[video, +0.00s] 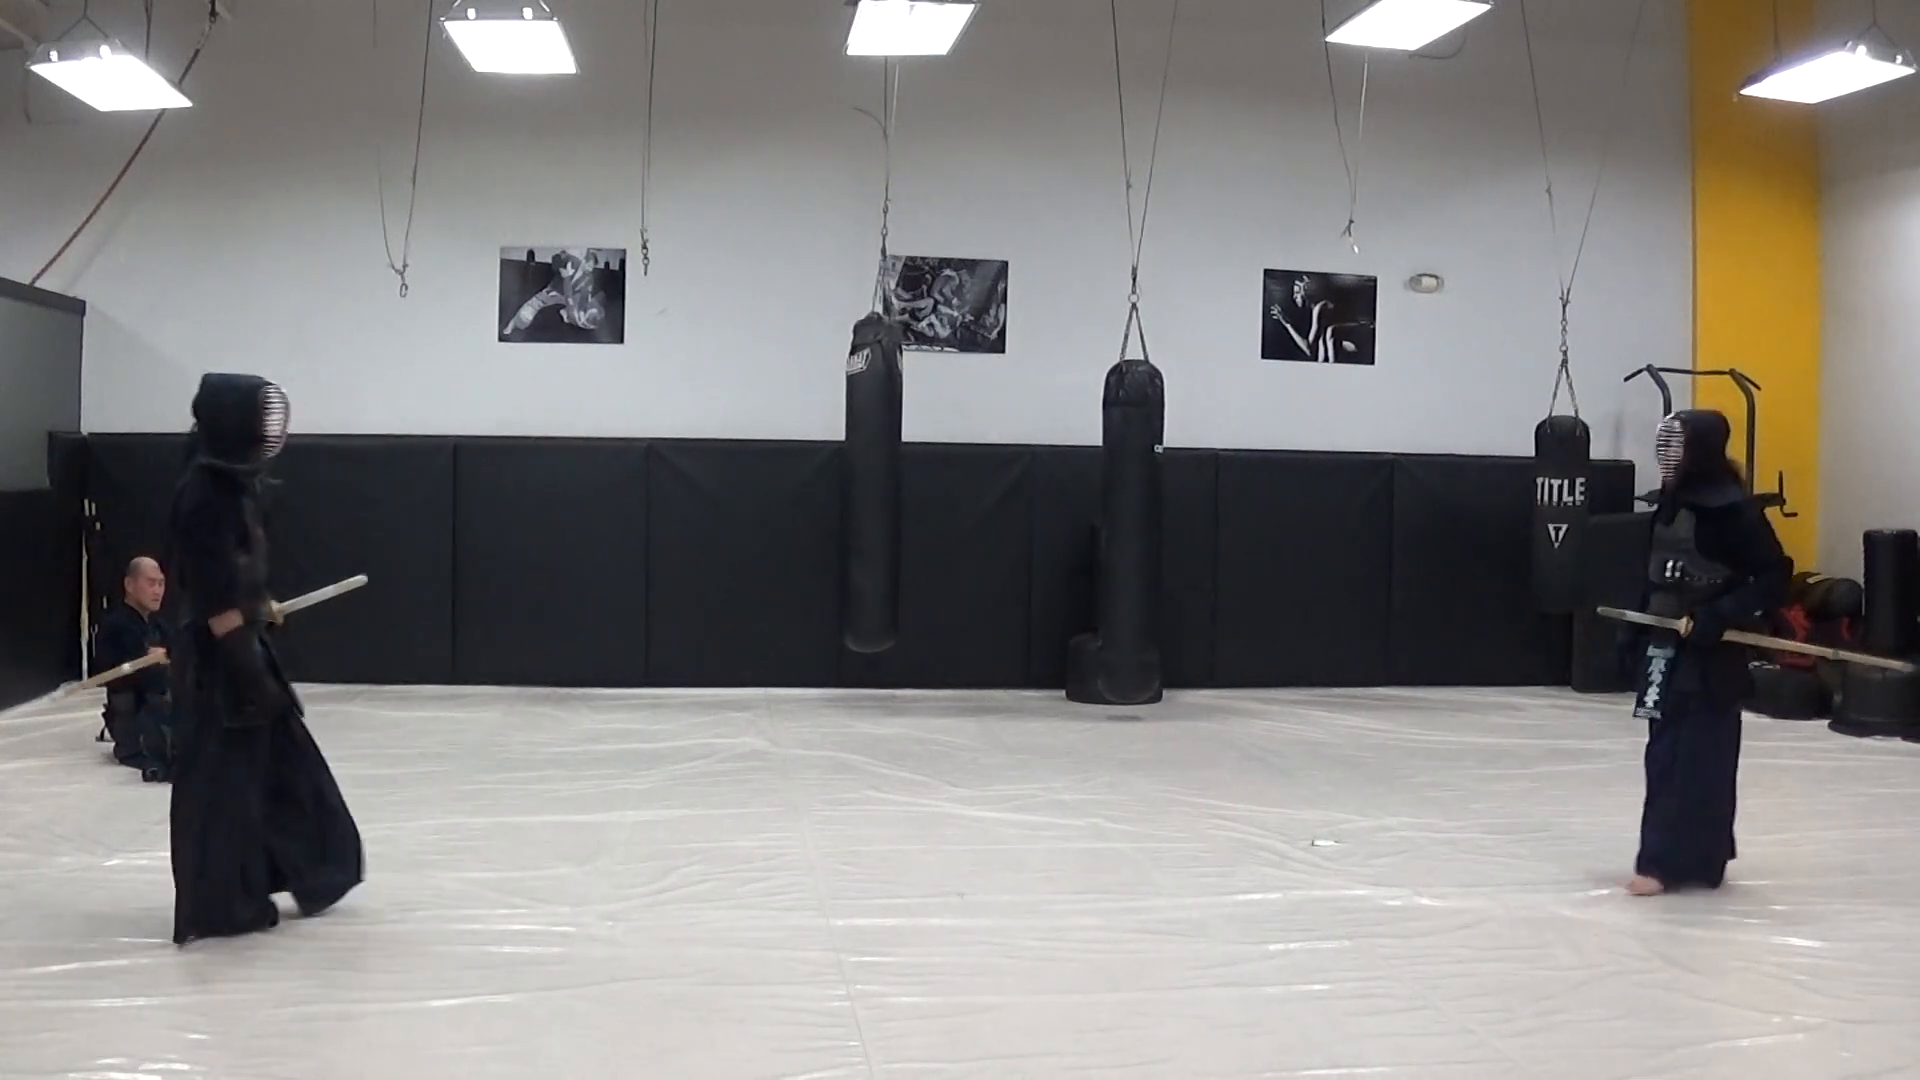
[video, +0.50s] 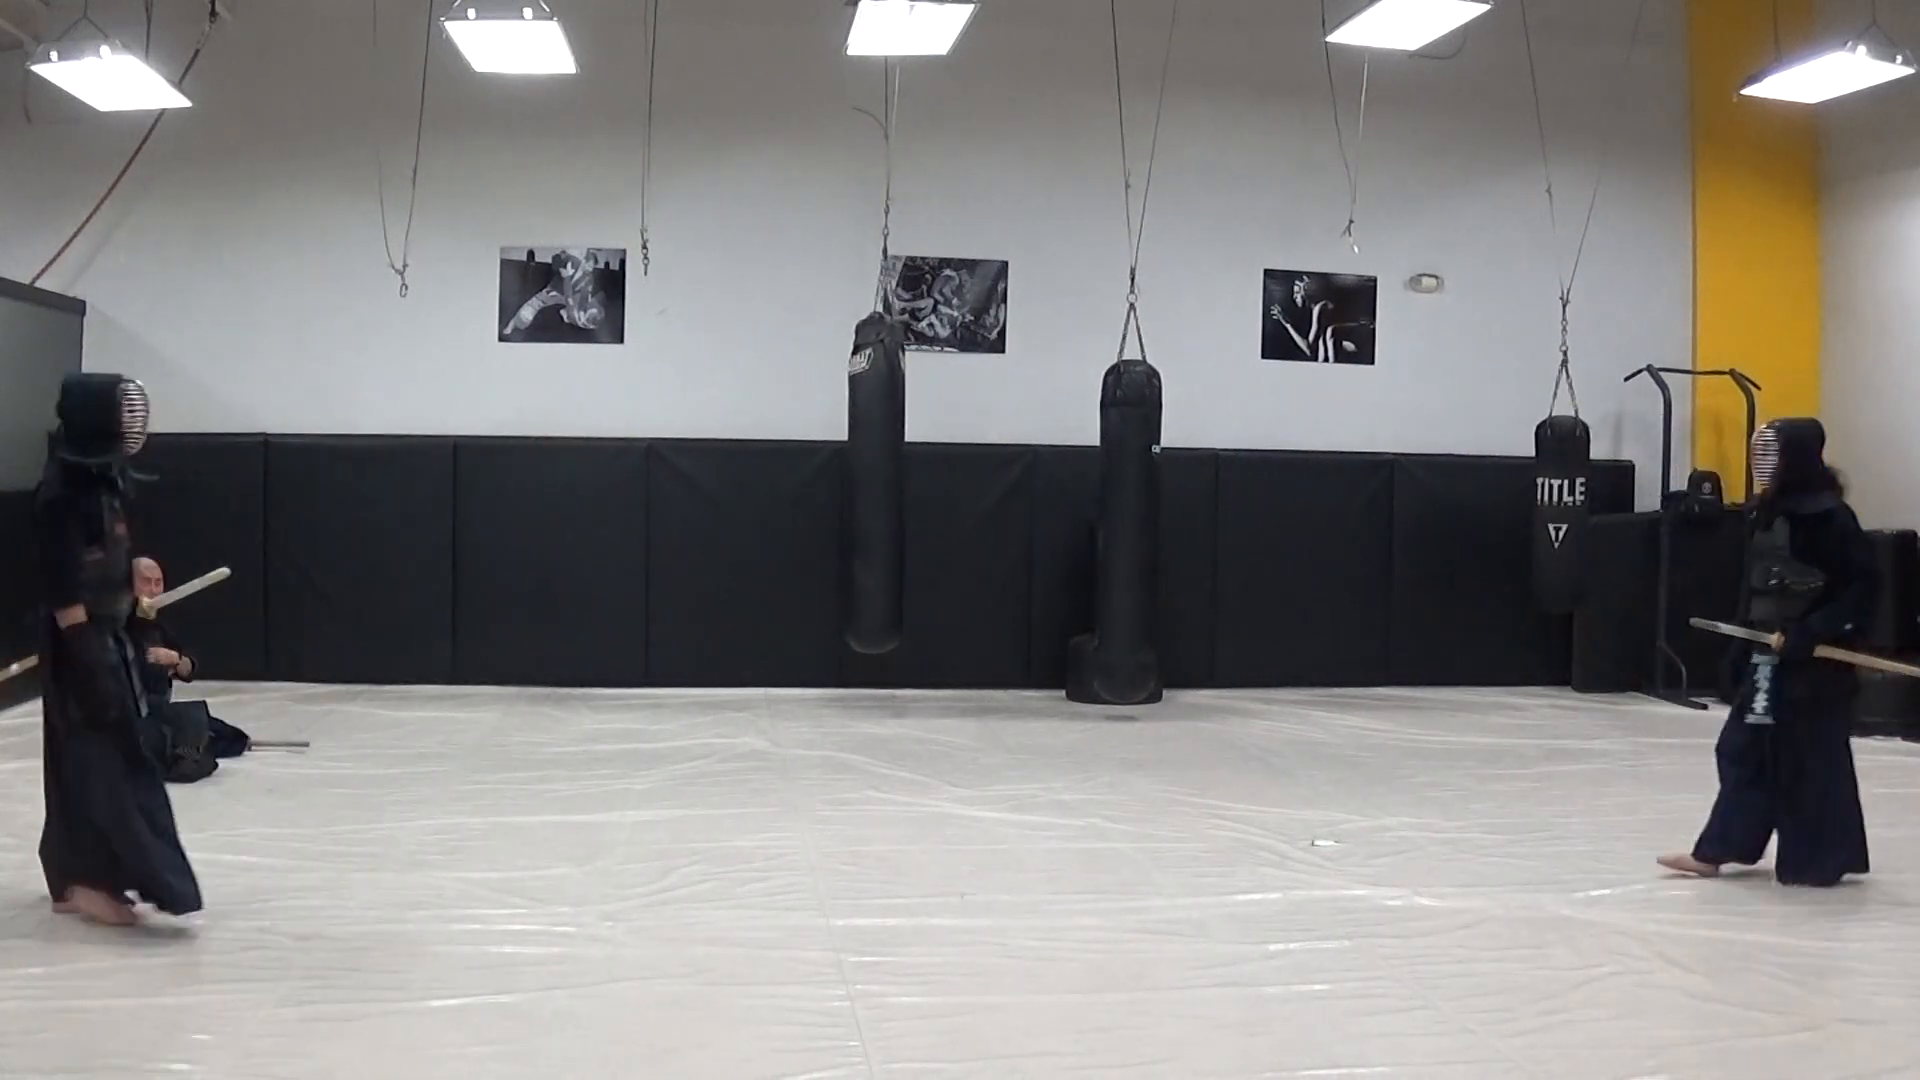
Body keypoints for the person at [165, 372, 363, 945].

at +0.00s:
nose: (271, 434)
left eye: (271, 422)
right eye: (263, 423)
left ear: (223, 424)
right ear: (238, 426)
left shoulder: (231, 485)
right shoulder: (208, 492)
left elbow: (230, 573)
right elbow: (215, 598)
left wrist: (261, 603)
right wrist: (255, 678)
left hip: (233, 649)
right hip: (213, 658)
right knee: (221, 780)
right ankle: (218, 903)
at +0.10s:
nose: (241, 439)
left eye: (241, 428)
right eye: (234, 428)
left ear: (199, 429)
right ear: (210, 429)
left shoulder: (204, 486)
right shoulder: (179, 494)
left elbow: (208, 576)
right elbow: (179, 601)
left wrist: (238, 604)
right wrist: (215, 682)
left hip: (215, 646)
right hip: (194, 652)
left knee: (233, 761)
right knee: (222, 772)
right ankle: (220, 910)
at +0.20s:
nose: (214, 437)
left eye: (214, 426)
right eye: (205, 427)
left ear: (169, 429)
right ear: (180, 429)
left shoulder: (183, 489)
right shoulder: (149, 496)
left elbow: (176, 582)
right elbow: (145, 603)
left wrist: (210, 610)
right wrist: (169, 687)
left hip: (186, 651)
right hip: (165, 657)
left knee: (174, 768)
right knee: (200, 771)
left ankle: (92, 867)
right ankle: (220, 909)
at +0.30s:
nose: (187, 438)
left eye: (187, 426)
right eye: (178, 426)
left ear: (154, 432)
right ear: (150, 430)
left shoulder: (156, 490)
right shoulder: (118, 498)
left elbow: (149, 583)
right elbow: (114, 604)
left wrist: (182, 611)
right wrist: (133, 682)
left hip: (152, 648)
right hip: (129, 654)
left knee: (115, 772)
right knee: (176, 772)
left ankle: (76, 882)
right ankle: (215, 901)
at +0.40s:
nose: (163, 428)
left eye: (163, 417)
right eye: (154, 417)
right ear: (126, 424)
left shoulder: (133, 484)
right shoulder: (91, 491)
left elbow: (129, 572)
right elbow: (88, 594)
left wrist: (157, 605)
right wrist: (130, 656)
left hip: (126, 642)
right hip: (101, 647)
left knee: (98, 765)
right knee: (140, 764)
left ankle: (77, 883)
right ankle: (186, 891)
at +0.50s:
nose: (139, 428)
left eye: (140, 417)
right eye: (129, 417)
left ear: (126, 419)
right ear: (99, 419)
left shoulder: (109, 481)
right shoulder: (67, 486)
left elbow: (111, 571)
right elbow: (60, 586)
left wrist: (132, 622)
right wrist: (89, 662)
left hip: (105, 635)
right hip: (79, 640)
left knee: (95, 756)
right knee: (95, 756)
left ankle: (90, 878)